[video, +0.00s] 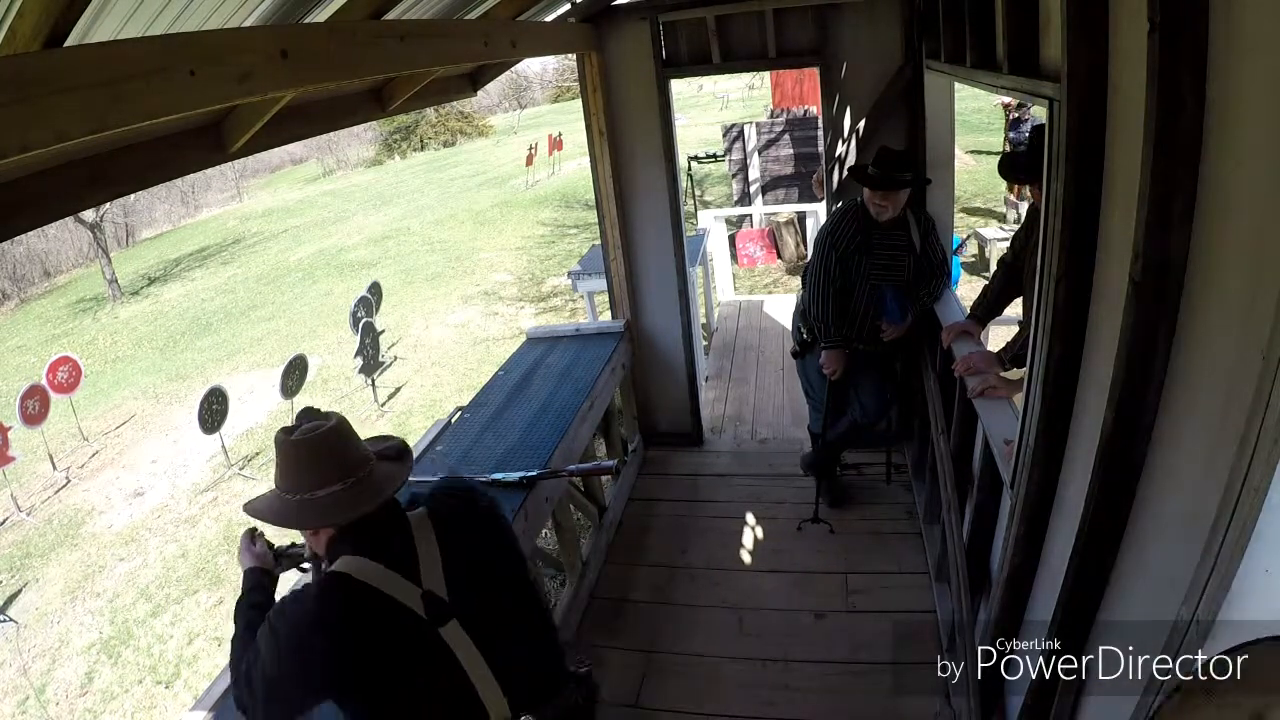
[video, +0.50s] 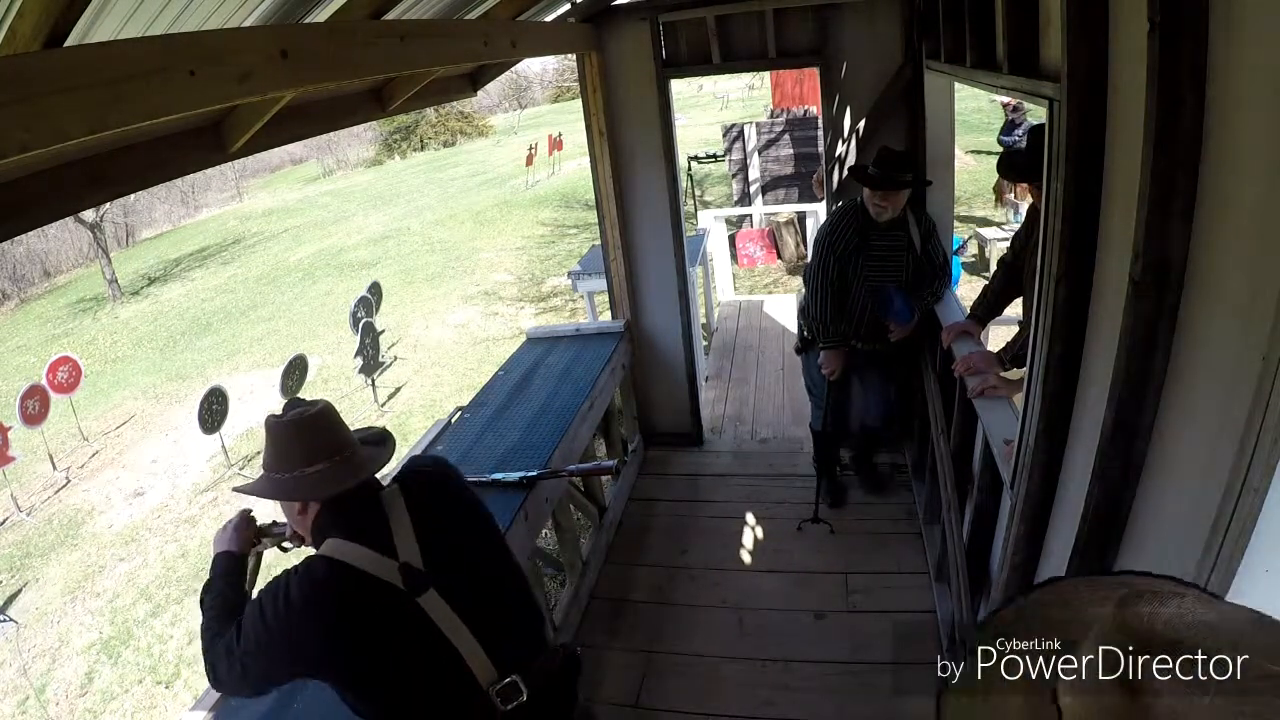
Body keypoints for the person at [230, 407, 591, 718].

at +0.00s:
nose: (295, 528)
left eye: (296, 519)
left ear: (314, 529)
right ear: (384, 486)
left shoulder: (316, 617)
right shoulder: (468, 509)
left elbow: (254, 693)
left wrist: (256, 577)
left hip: (432, 719)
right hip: (552, 700)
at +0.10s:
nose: (285, 518)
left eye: (285, 509)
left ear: (301, 518)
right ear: (370, 474)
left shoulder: (304, 606)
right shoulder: (449, 495)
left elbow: (237, 676)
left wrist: (245, 562)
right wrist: (327, 520)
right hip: (539, 697)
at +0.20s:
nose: (280, 514)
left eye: (279, 506)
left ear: (296, 516)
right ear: (364, 470)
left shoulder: (298, 603)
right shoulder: (441, 487)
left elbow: (221, 662)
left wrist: (239, 555)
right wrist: (316, 515)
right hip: (542, 692)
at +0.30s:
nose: (282, 513)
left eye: (280, 504)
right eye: (283, 501)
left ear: (297, 513)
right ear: (363, 470)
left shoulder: (296, 601)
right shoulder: (436, 484)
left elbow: (210, 649)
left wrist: (231, 544)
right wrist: (314, 509)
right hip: (544, 689)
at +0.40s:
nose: (282, 510)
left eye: (281, 501)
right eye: (282, 498)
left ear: (301, 508)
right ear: (365, 470)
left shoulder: (301, 600)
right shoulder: (436, 481)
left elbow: (212, 652)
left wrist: (229, 548)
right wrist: (317, 515)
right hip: (545, 685)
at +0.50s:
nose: (282, 509)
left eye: (281, 500)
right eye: (280, 499)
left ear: (305, 507)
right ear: (367, 470)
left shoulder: (304, 602)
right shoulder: (436, 479)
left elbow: (226, 665)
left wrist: (225, 559)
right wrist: (318, 529)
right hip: (549, 681)